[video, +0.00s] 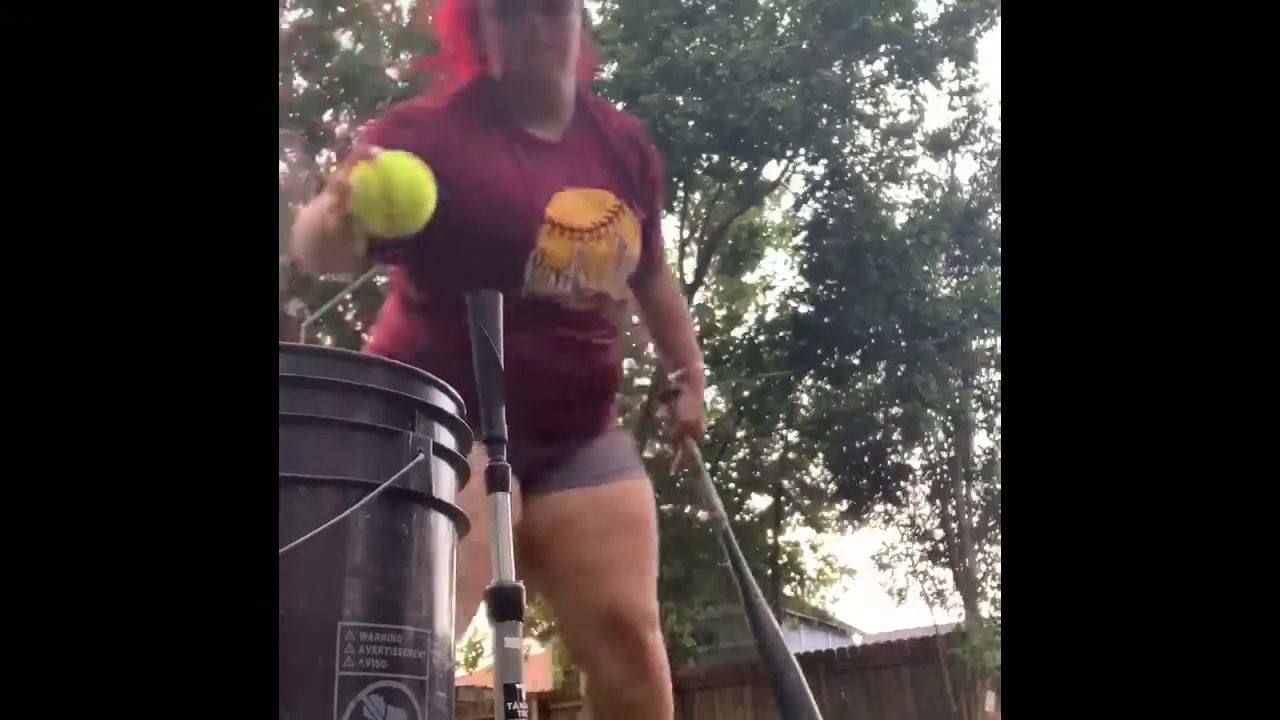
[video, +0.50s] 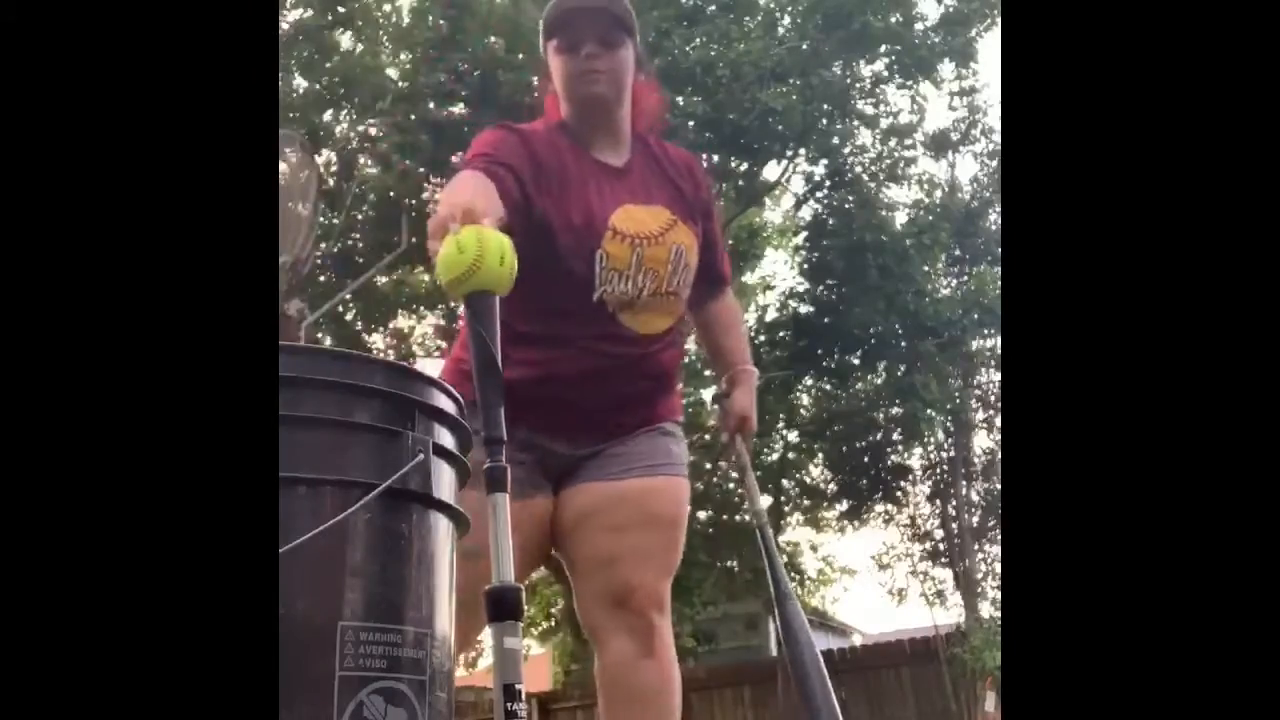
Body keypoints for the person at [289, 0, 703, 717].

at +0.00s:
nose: (541, 27)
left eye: (556, 7)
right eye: (515, 10)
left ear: (581, 22)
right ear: (479, 30)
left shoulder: (625, 148)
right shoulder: (421, 133)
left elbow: (651, 273)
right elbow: (316, 256)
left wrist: (691, 375)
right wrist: (343, 214)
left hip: (578, 428)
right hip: (440, 425)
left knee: (632, 642)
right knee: (410, 646)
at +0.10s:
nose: (562, 33)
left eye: (583, 18)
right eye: (543, 18)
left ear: (611, 38)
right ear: (513, 32)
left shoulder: (656, 153)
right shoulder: (462, 135)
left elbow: (687, 279)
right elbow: (357, 237)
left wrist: (711, 384)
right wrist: (388, 210)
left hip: (616, 430)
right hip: (478, 426)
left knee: (647, 638)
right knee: (458, 616)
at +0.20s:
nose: (584, 42)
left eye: (603, 26)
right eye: (564, 27)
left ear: (630, 43)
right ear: (536, 45)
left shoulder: (671, 156)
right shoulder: (490, 136)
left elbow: (705, 281)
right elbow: (398, 208)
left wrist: (729, 389)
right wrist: (421, 205)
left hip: (632, 426)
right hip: (496, 417)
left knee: (650, 631)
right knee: (460, 607)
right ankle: (390, 707)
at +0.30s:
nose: (593, 45)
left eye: (612, 29)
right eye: (573, 31)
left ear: (638, 43)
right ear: (549, 47)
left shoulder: (685, 162)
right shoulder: (506, 135)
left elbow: (712, 283)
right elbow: (438, 187)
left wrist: (741, 379)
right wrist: (453, 216)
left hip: (635, 420)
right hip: (499, 407)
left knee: (645, 623)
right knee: (469, 583)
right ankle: (405, 706)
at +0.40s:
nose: (596, 51)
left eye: (613, 35)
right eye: (576, 38)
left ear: (641, 50)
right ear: (553, 55)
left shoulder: (690, 168)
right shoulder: (519, 141)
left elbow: (714, 285)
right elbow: (474, 183)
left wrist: (743, 373)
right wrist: (458, 206)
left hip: (638, 424)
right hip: (503, 413)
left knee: (642, 621)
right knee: (458, 602)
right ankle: (397, 709)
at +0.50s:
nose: (589, 61)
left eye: (607, 46)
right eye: (571, 48)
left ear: (636, 60)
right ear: (548, 66)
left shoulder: (685, 177)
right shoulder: (518, 148)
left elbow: (712, 290)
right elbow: (478, 186)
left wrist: (742, 375)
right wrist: (464, 217)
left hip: (633, 428)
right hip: (499, 422)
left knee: (638, 621)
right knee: (447, 626)